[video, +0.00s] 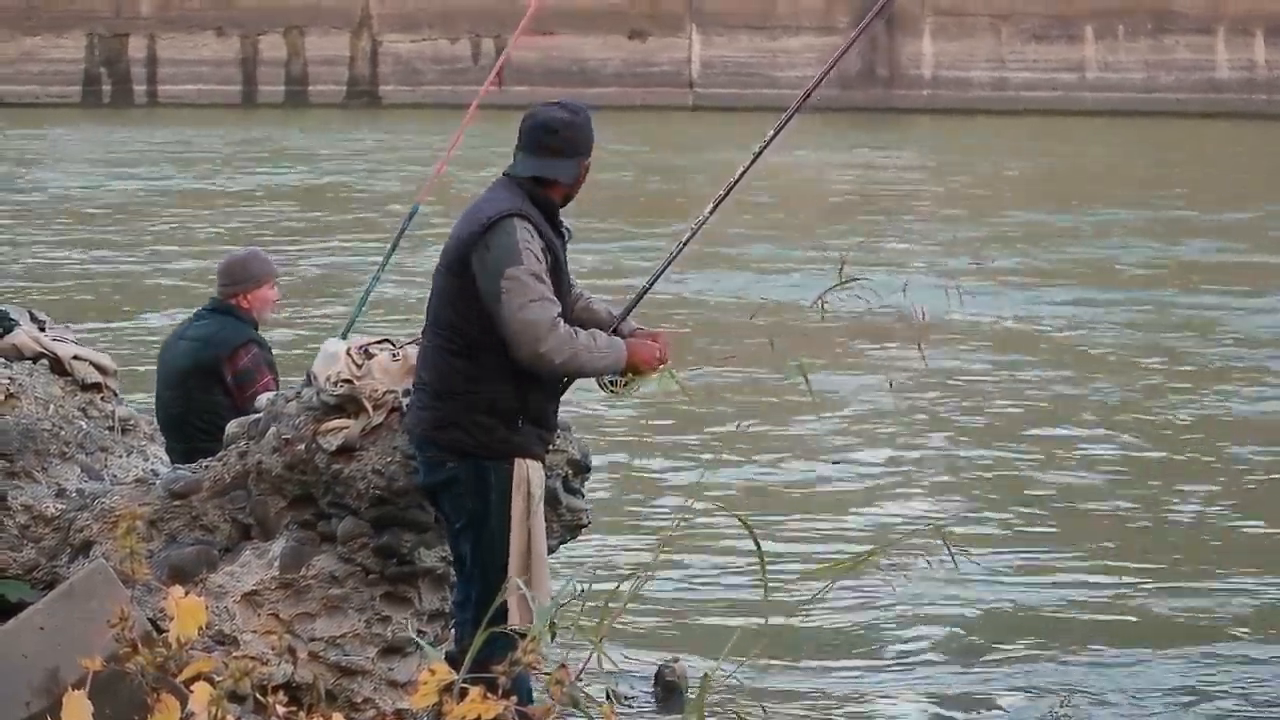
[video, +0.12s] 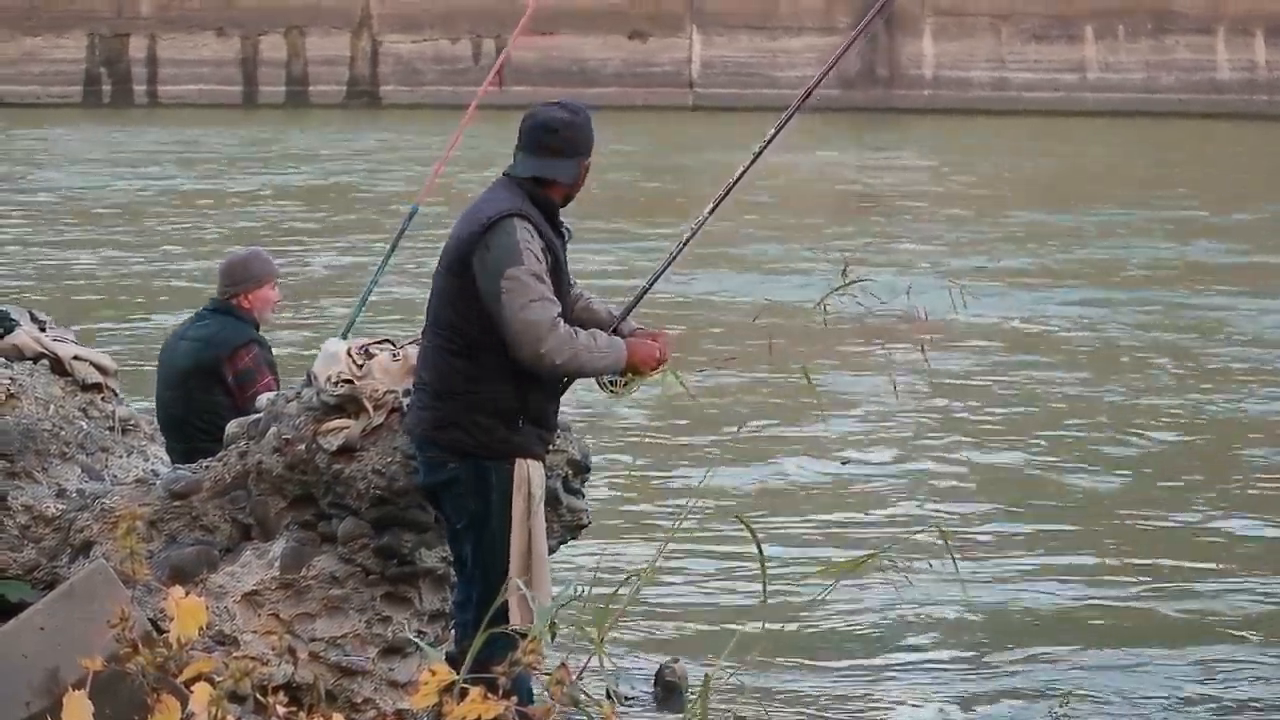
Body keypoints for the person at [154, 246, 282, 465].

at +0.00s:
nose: (278, 297)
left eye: (275, 286)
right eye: (271, 287)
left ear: (241, 298)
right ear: (245, 297)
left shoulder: (190, 328)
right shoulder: (243, 344)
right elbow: (272, 417)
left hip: (182, 459)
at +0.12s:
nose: (278, 297)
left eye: (276, 287)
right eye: (272, 287)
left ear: (243, 298)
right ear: (246, 297)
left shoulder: (188, 329)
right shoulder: (243, 344)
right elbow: (272, 416)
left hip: (183, 460)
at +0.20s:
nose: (278, 298)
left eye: (276, 287)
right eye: (272, 288)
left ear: (243, 298)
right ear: (246, 297)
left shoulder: (192, 327)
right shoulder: (243, 343)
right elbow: (271, 416)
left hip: (184, 459)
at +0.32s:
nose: (280, 298)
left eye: (277, 287)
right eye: (273, 288)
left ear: (243, 299)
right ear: (246, 298)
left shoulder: (194, 327)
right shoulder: (244, 344)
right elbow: (274, 416)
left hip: (185, 460)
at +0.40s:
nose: (280, 298)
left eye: (278, 288)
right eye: (273, 288)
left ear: (244, 299)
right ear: (246, 298)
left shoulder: (191, 329)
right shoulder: (244, 344)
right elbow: (274, 416)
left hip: (185, 461)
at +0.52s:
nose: (281, 299)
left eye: (278, 288)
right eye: (274, 289)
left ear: (244, 298)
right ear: (247, 298)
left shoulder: (192, 329)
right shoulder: (245, 344)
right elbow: (274, 415)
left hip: (184, 460)